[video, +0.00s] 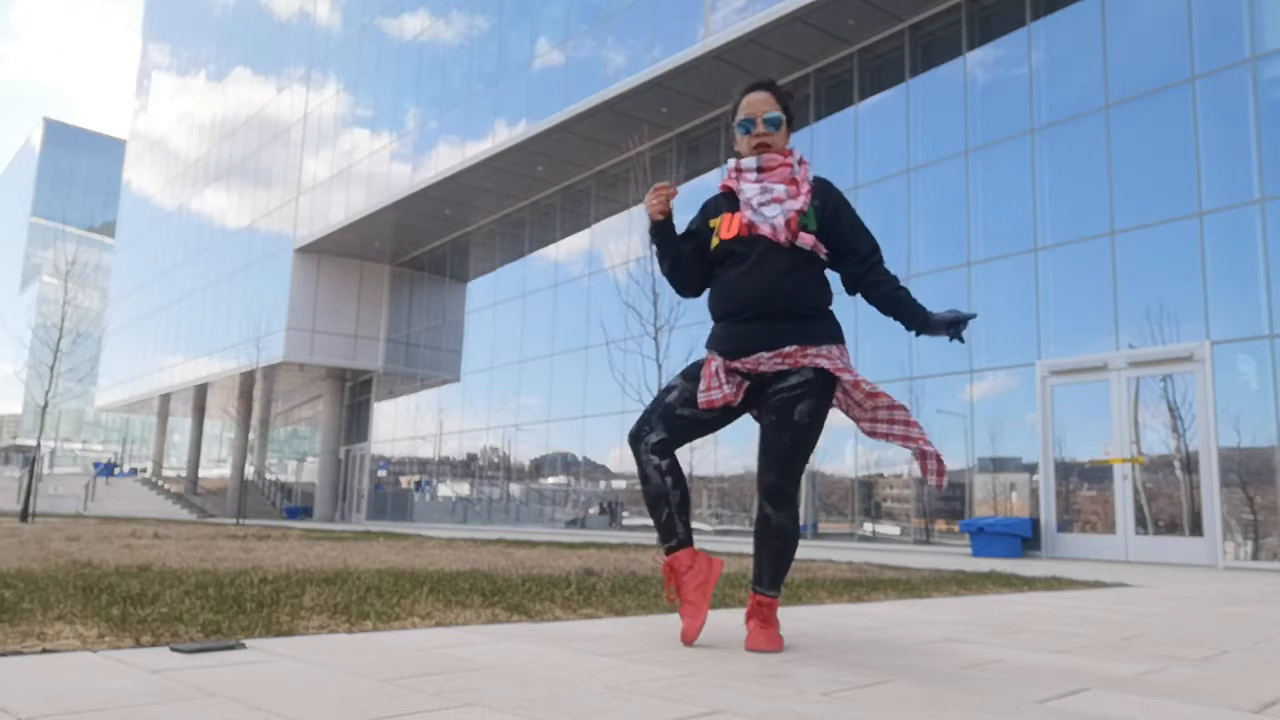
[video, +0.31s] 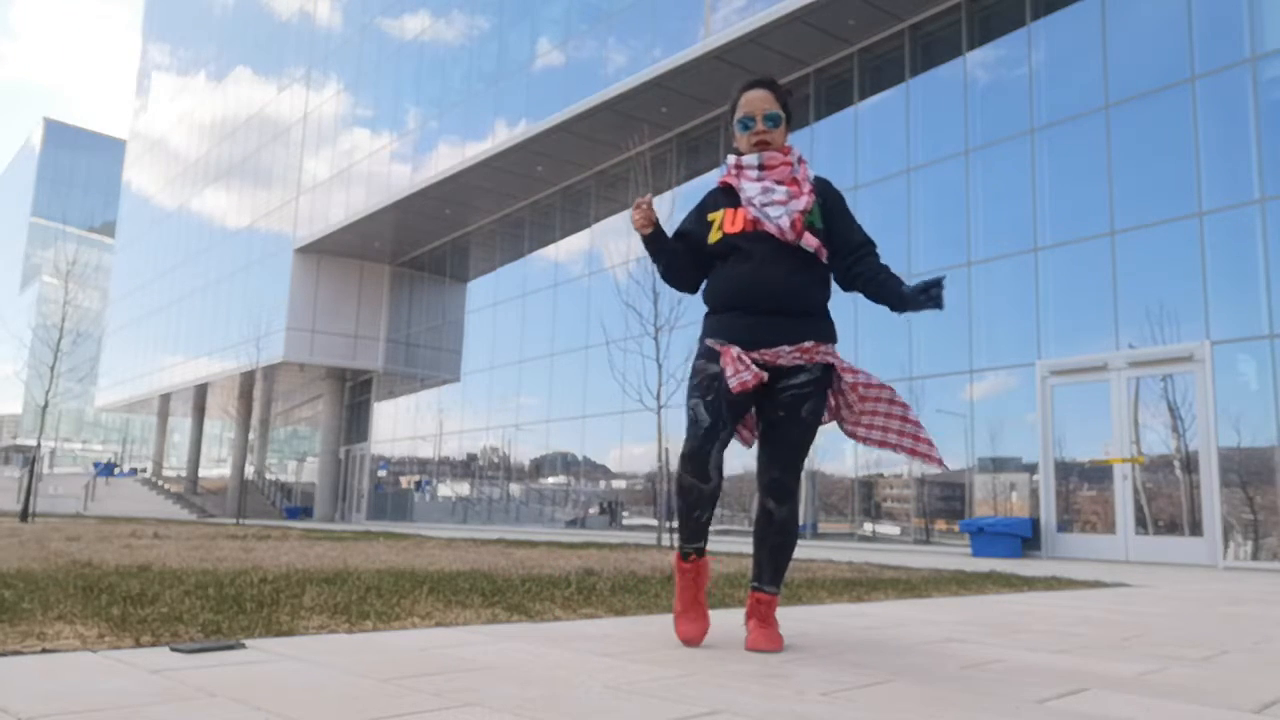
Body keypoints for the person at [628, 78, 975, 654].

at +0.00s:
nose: (759, 133)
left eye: (771, 123)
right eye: (747, 125)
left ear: (789, 132)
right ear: (733, 137)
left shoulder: (818, 197)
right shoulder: (718, 208)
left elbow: (867, 272)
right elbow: (689, 279)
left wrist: (921, 320)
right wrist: (662, 227)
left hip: (802, 360)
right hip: (728, 361)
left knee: (777, 487)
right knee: (649, 438)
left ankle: (764, 607)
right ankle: (682, 561)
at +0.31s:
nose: (760, 130)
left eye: (771, 120)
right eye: (747, 122)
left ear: (789, 129)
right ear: (732, 134)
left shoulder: (819, 196)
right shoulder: (717, 201)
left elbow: (857, 263)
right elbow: (686, 274)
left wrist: (901, 295)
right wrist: (652, 235)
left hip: (801, 351)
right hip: (726, 348)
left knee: (779, 483)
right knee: (700, 448)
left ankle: (762, 607)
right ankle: (690, 571)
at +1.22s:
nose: (744, 122)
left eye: (756, 113)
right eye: (731, 112)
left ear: (770, 123)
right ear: (712, 121)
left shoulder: (790, 193)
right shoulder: (684, 193)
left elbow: (824, 263)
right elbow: (651, 260)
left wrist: (860, 306)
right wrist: (630, 215)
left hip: (770, 353)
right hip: (696, 356)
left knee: (767, 479)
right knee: (685, 477)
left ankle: (764, 608)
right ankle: (669, 597)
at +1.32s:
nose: (738, 128)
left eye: (749, 119)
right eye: (726, 118)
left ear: (761, 129)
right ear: (704, 126)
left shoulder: (778, 200)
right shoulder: (674, 197)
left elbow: (808, 263)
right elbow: (635, 259)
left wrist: (836, 294)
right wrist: (618, 210)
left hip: (756, 356)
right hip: (682, 358)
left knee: (758, 480)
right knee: (677, 480)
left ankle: (762, 606)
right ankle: (668, 598)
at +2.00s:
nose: (745, 168)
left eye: (748, 158)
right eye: (737, 156)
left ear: (735, 154)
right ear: (701, 150)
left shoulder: (736, 218)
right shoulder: (647, 200)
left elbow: (724, 274)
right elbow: (574, 216)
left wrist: (632, 265)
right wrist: (611, 161)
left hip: (717, 353)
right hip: (647, 356)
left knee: (772, 454)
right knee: (654, 476)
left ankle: (809, 576)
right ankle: (667, 598)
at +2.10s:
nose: (748, 170)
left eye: (750, 160)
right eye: (741, 159)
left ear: (728, 159)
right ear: (705, 153)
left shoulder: (737, 222)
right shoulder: (644, 205)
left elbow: (719, 276)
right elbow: (573, 215)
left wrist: (628, 263)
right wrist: (612, 161)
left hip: (719, 357)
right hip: (648, 361)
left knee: (781, 467)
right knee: (653, 482)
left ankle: (849, 582)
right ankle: (668, 599)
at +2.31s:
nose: (753, 174)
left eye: (755, 164)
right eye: (745, 163)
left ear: (737, 163)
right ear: (709, 158)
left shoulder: (744, 225)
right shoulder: (651, 212)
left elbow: (727, 282)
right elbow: (581, 228)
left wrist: (633, 273)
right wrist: (616, 174)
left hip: (726, 363)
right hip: (655, 364)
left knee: (784, 478)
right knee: (655, 485)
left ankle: (854, 592)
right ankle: (668, 600)